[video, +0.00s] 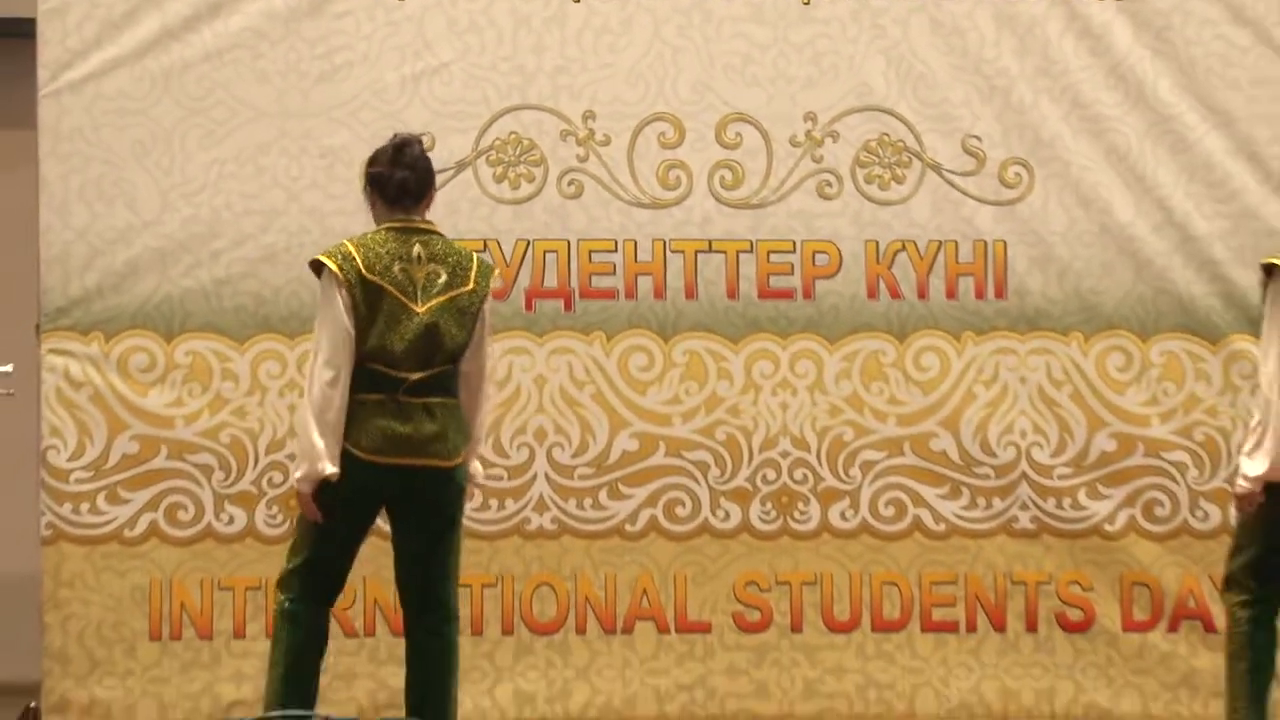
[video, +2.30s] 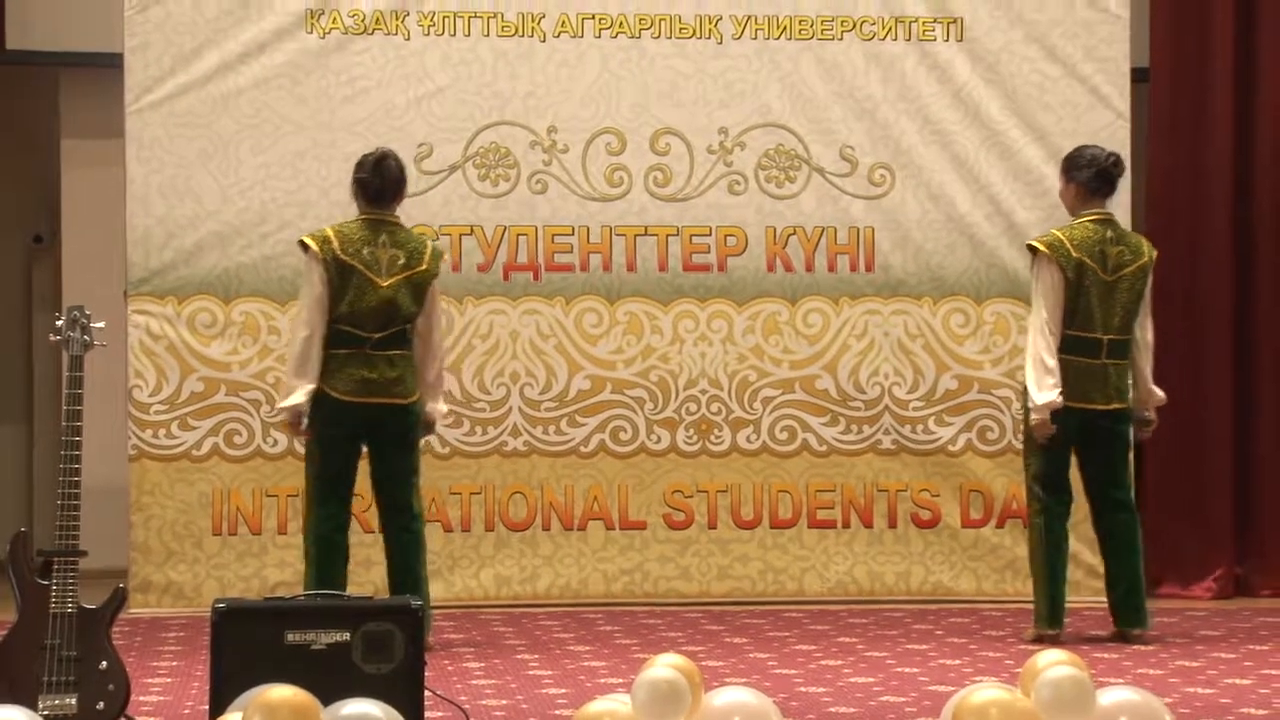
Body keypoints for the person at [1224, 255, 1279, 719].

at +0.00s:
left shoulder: (1273, 285)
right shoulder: (1271, 285)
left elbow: (1271, 384)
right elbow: (1268, 384)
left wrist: (1255, 464)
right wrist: (1251, 460)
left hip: (1269, 475)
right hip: (1266, 473)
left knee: (1248, 594)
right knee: (1250, 595)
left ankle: (1246, 710)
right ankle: (1246, 708)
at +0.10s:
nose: (1270, 190)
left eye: (1271, 179)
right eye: (1272, 178)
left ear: (1274, 182)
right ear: (1273, 183)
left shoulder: (1267, 269)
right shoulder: (1265, 269)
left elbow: (1261, 366)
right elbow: (1259, 365)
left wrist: (1249, 454)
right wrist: (1244, 454)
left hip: (1266, 463)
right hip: (1263, 463)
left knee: (1242, 590)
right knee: (1241, 589)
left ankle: (1236, 709)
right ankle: (1236, 708)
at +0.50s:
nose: (1195, 180)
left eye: (1198, 170)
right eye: (1198, 169)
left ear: (1214, 175)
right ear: (1254, 177)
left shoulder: (1207, 246)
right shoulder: (1271, 242)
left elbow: (1188, 345)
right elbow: (1274, 361)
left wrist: (1160, 427)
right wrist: (1270, 444)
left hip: (1198, 435)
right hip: (1247, 436)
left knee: (1187, 565)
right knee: (1224, 554)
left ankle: (1197, 703)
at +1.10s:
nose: (1139, 171)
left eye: (1141, 163)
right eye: (1146, 163)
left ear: (1147, 169)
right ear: (1197, 172)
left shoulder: (1115, 237)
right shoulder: (1229, 241)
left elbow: (1094, 326)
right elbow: (1238, 331)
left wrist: (1077, 398)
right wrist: (1240, 402)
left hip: (1133, 404)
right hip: (1204, 406)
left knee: (1140, 529)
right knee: (1214, 522)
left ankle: (1145, 658)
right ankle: (1233, 654)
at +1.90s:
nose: (1087, 183)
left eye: (1089, 176)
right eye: (1089, 175)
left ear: (1099, 180)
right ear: (1141, 179)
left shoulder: (1081, 242)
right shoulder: (1176, 242)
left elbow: (1065, 324)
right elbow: (1179, 322)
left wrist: (1048, 391)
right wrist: (1186, 387)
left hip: (1094, 397)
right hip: (1156, 397)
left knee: (1078, 482)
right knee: (1148, 500)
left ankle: (1101, 592)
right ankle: (1147, 615)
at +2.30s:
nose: (1060, 189)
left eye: (1063, 181)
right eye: (1062, 180)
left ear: (1073, 186)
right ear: (1111, 188)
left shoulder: (1056, 247)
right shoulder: (1140, 251)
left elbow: (1045, 328)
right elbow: (1142, 331)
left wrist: (1040, 399)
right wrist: (1144, 399)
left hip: (1058, 400)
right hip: (1113, 401)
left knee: (1050, 510)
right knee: (1117, 507)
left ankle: (1048, 620)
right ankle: (1132, 620)